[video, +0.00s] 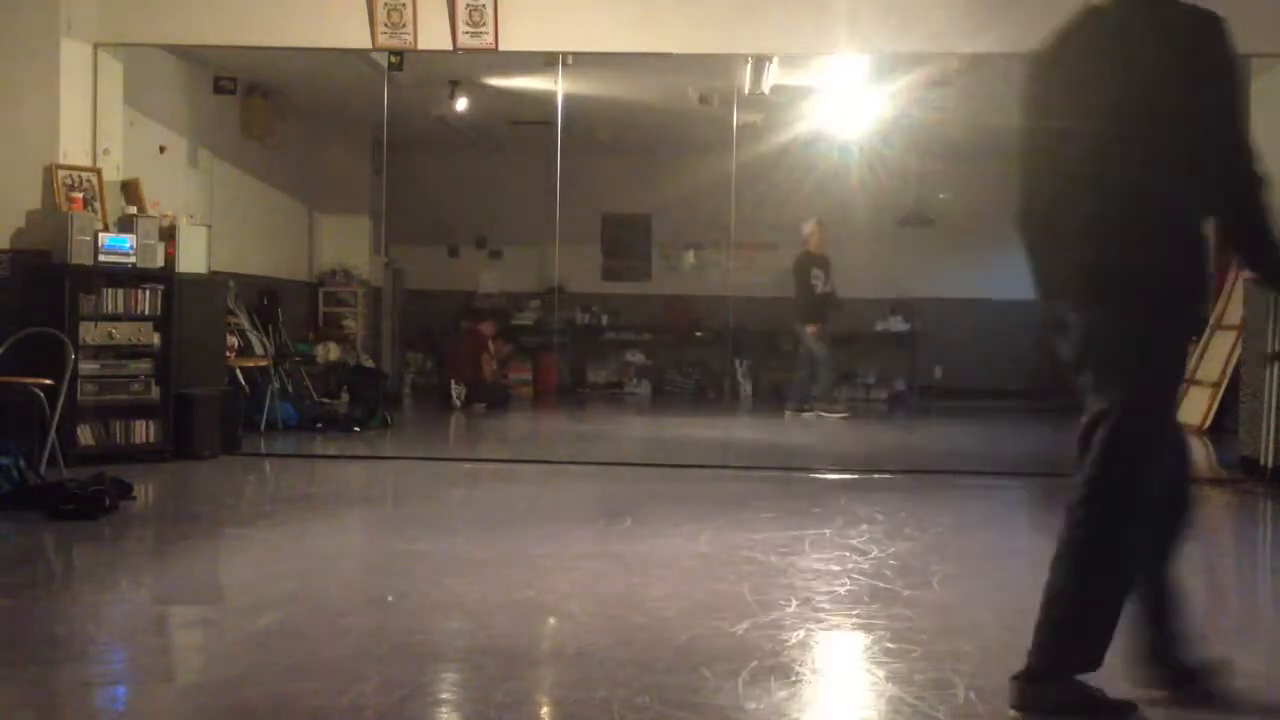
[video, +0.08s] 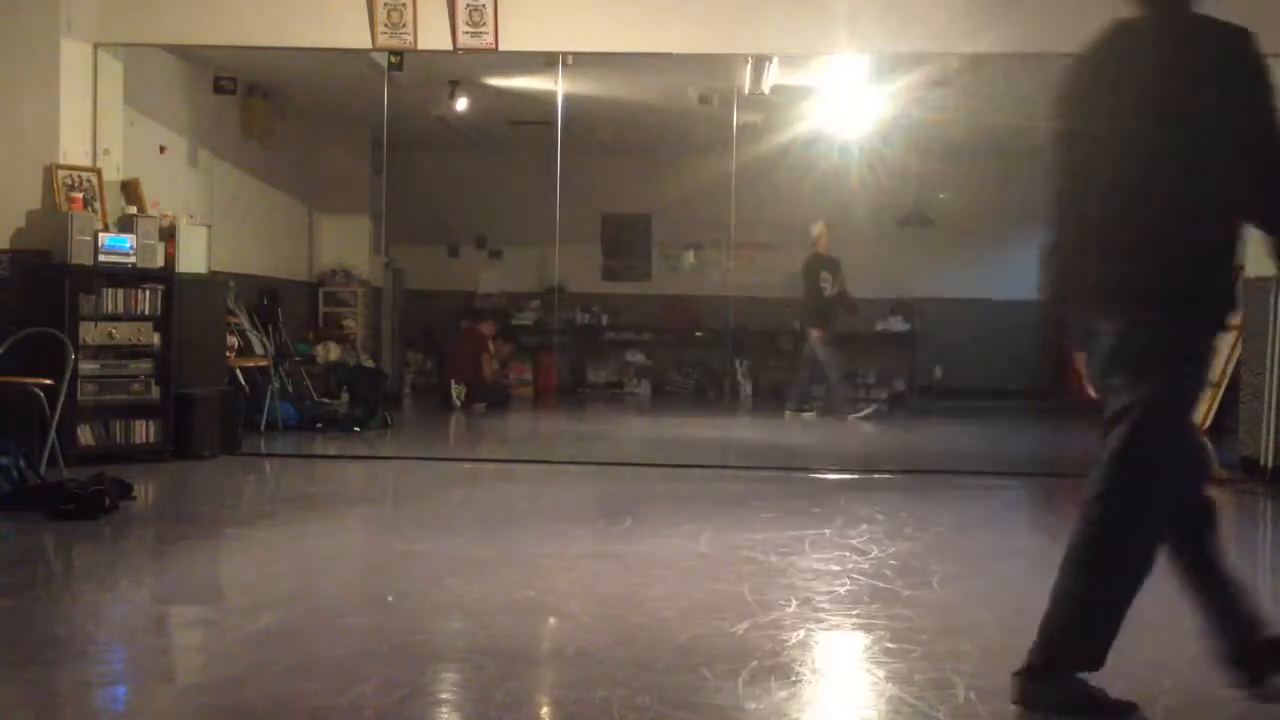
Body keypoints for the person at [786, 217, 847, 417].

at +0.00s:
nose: (821, 239)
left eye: (821, 234)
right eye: (816, 235)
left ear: (823, 236)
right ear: (808, 237)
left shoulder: (824, 260)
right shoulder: (802, 260)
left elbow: (827, 287)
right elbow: (803, 293)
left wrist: (834, 301)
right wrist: (808, 319)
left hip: (820, 315)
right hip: (805, 317)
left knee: (806, 360)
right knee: (822, 356)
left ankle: (797, 402)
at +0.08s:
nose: (827, 240)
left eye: (827, 236)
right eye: (823, 237)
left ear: (828, 237)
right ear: (817, 239)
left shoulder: (834, 263)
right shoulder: (811, 262)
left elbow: (839, 290)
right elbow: (811, 295)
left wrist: (851, 307)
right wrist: (813, 323)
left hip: (829, 317)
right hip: (816, 319)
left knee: (808, 362)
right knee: (830, 363)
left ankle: (795, 403)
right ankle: (841, 405)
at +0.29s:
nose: (853, 238)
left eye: (854, 234)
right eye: (849, 234)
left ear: (856, 236)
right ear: (840, 238)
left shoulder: (860, 261)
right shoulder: (835, 263)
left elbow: (867, 291)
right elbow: (834, 296)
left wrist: (873, 317)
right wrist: (837, 326)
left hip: (859, 318)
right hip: (843, 319)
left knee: (838, 364)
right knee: (859, 365)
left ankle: (809, 394)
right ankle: (865, 408)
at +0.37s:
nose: (860, 236)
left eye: (860, 231)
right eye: (855, 232)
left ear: (863, 233)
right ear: (848, 236)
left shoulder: (869, 258)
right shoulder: (843, 260)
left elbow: (875, 290)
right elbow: (844, 295)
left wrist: (877, 318)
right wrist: (849, 325)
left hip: (870, 317)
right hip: (854, 318)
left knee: (861, 362)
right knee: (863, 363)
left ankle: (827, 386)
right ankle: (868, 406)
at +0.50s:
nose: (873, 234)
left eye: (873, 229)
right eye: (869, 230)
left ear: (875, 232)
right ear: (861, 234)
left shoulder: (881, 256)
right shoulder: (856, 258)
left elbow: (883, 287)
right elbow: (857, 292)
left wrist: (883, 314)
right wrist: (863, 321)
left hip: (880, 315)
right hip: (865, 317)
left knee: (881, 361)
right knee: (867, 363)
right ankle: (868, 407)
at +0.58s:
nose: (881, 234)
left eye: (881, 229)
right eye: (876, 230)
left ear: (883, 231)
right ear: (869, 234)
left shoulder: (888, 257)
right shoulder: (865, 260)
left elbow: (889, 289)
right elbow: (864, 293)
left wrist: (890, 316)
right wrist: (875, 320)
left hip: (886, 316)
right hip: (870, 317)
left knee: (886, 361)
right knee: (870, 362)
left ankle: (886, 405)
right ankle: (868, 406)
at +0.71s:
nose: (893, 235)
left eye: (893, 231)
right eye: (889, 232)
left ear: (896, 233)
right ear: (881, 235)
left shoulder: (900, 259)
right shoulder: (876, 260)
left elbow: (900, 291)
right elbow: (874, 294)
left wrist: (905, 317)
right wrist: (887, 320)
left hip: (898, 317)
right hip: (880, 317)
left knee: (906, 360)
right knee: (876, 362)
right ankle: (868, 408)